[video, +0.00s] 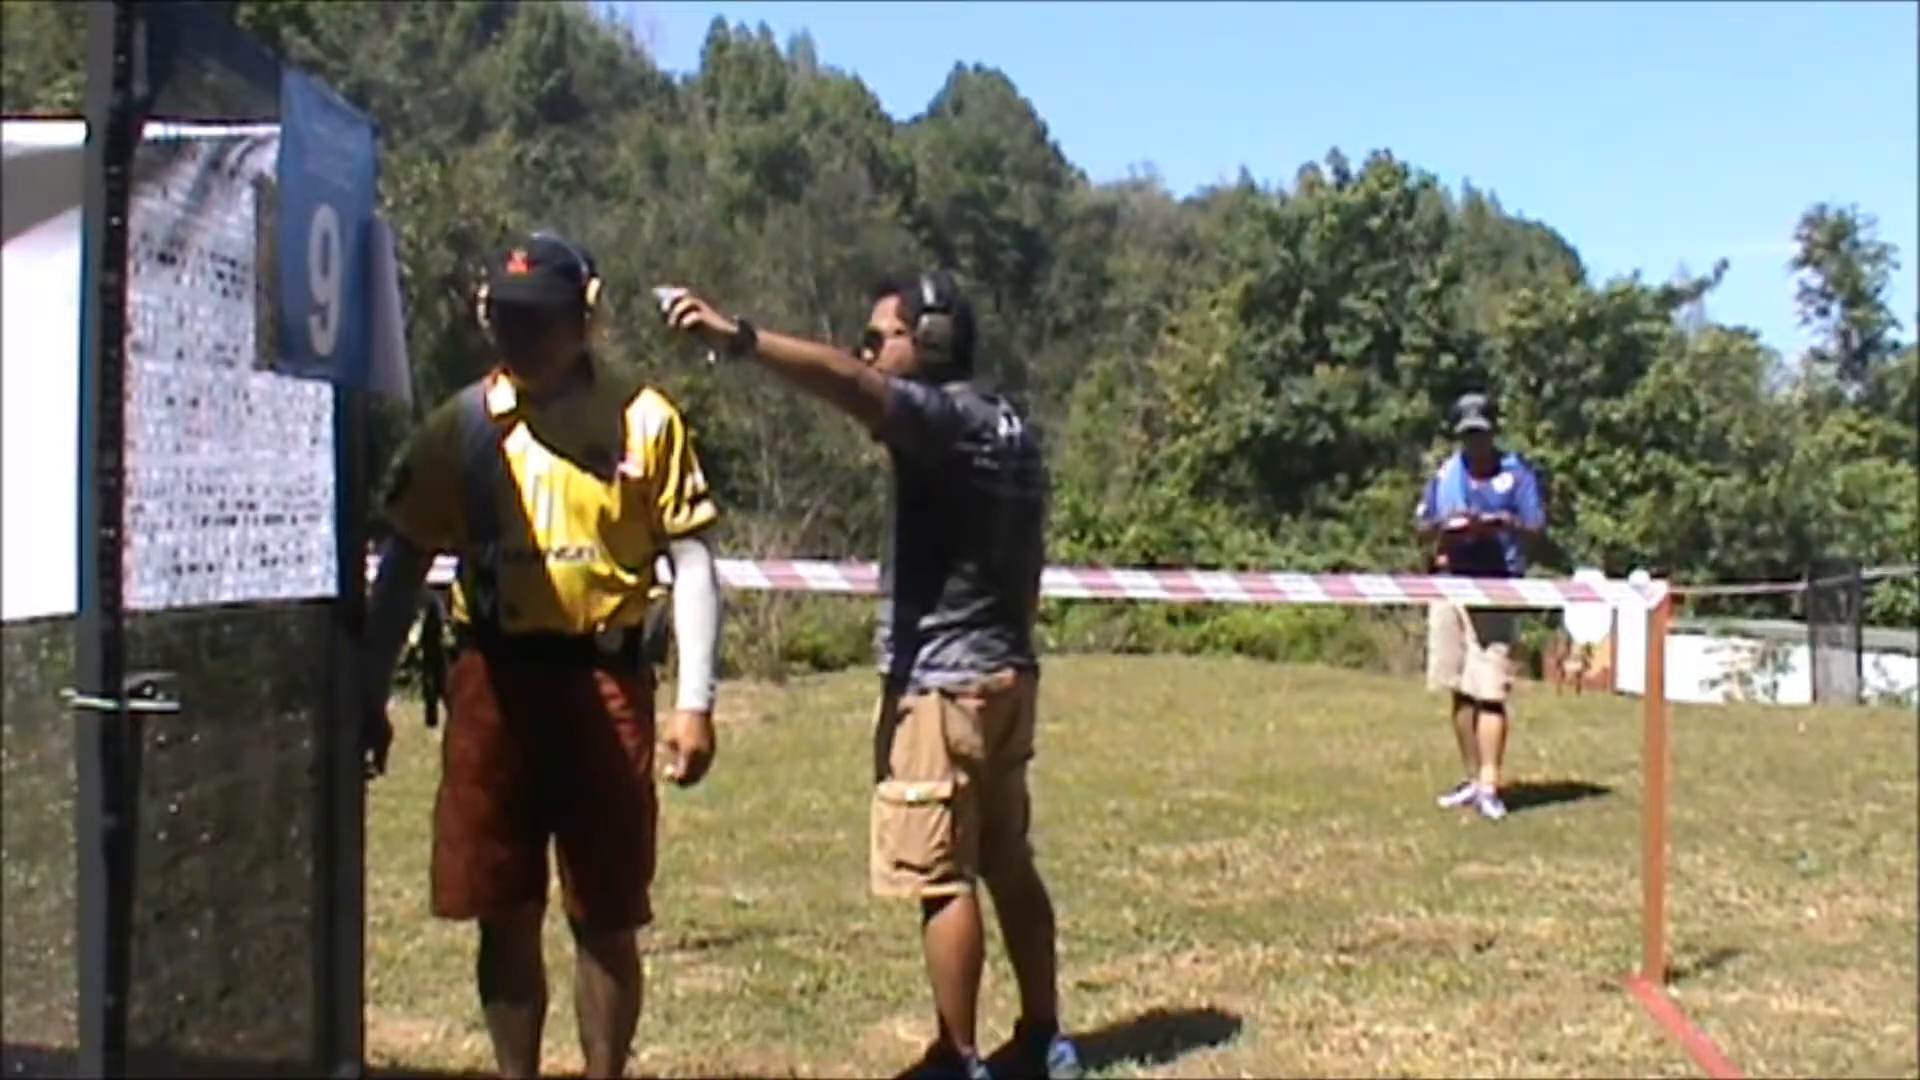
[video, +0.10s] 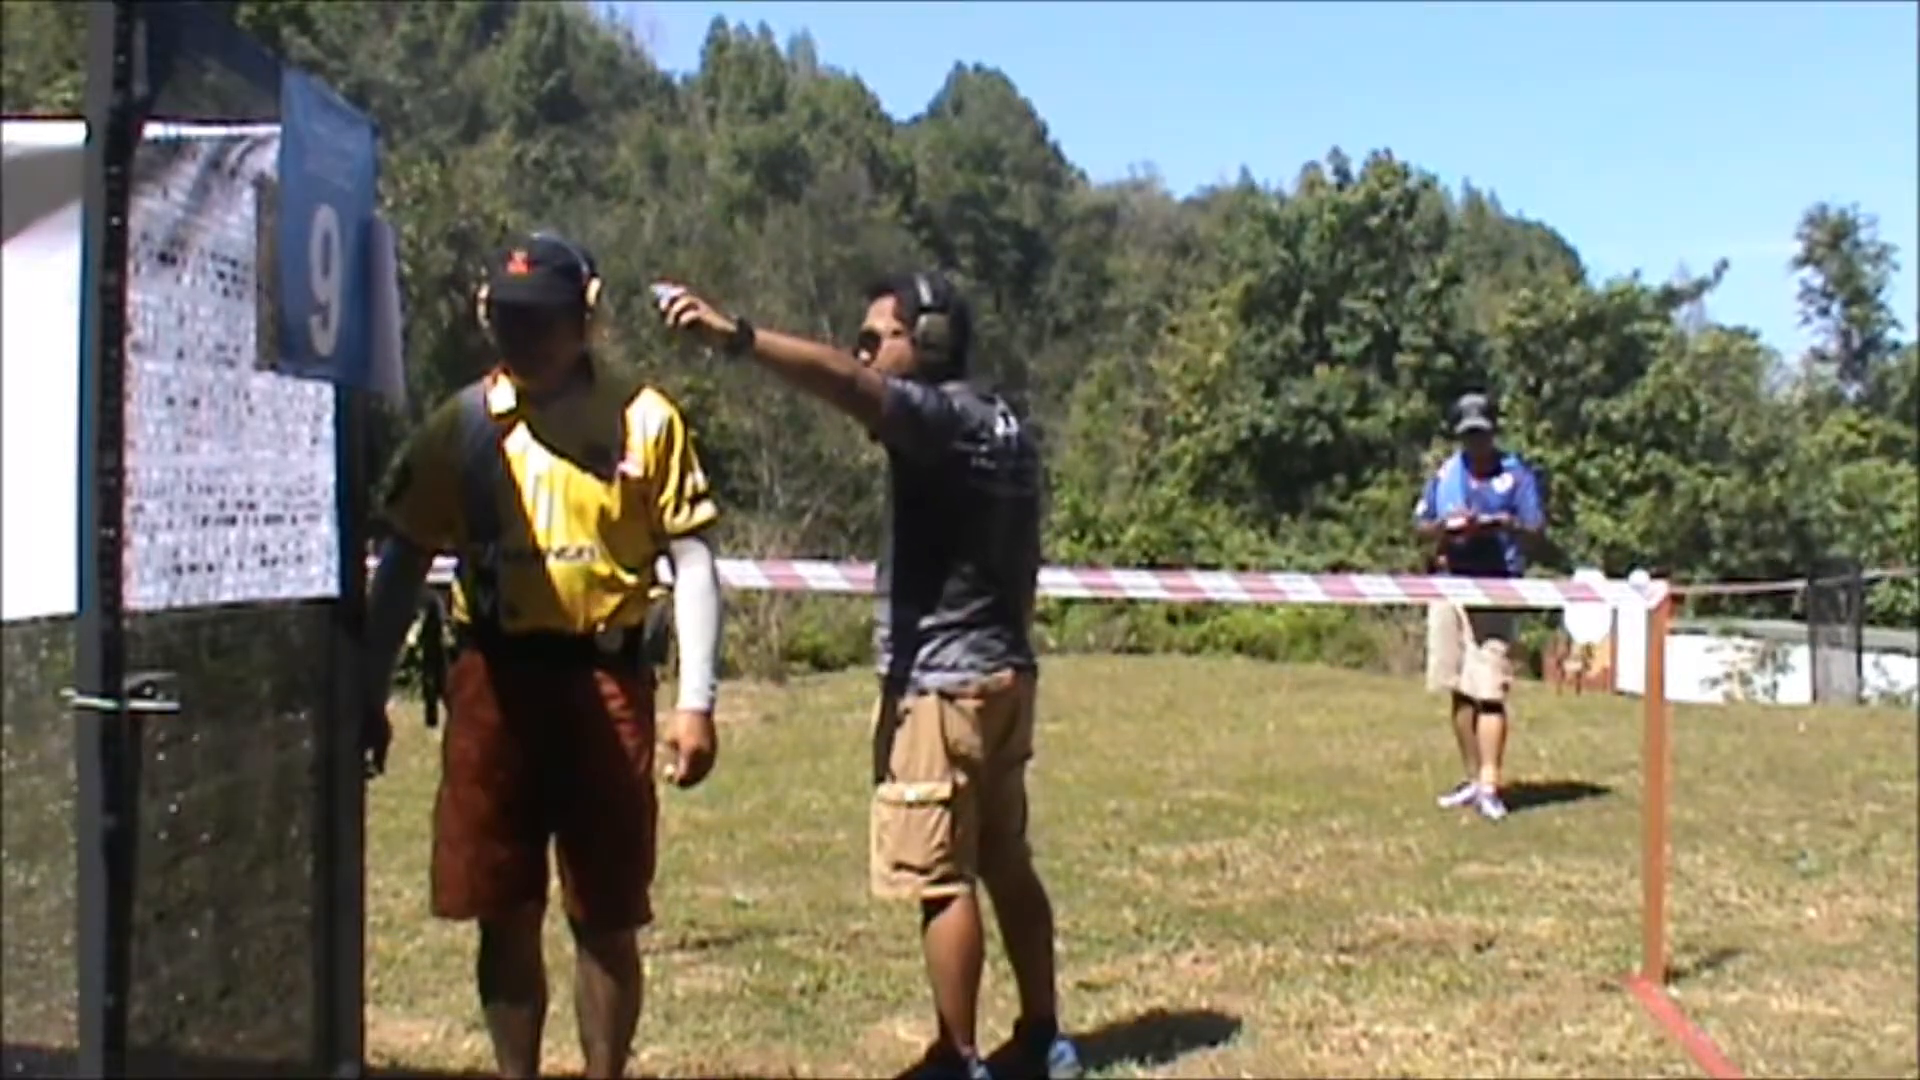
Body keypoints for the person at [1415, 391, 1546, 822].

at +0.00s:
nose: (1475, 442)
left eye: (1482, 434)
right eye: (1468, 435)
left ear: (1494, 434)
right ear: (1458, 437)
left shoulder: (1517, 474)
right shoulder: (1446, 473)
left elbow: (1537, 534)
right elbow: (1423, 525)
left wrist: (1504, 522)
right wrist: (1452, 525)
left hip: (1497, 588)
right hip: (1451, 587)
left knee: (1491, 691)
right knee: (1460, 690)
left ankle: (1490, 783)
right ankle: (1472, 776)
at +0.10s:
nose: (1476, 443)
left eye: (1483, 434)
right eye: (1469, 435)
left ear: (1495, 435)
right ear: (1458, 437)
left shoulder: (1517, 475)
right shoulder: (1445, 474)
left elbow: (1537, 538)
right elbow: (1422, 528)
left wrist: (1505, 523)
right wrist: (1449, 526)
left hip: (1496, 588)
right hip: (1450, 588)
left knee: (1490, 690)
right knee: (1459, 689)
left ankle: (1490, 783)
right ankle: (1471, 776)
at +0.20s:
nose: (1476, 442)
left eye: (1483, 434)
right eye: (1469, 435)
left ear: (1495, 435)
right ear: (1458, 436)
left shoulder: (1517, 475)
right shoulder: (1446, 473)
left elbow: (1537, 538)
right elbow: (1421, 527)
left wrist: (1505, 524)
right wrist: (1449, 526)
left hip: (1496, 588)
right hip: (1450, 588)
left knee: (1491, 690)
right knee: (1459, 689)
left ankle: (1490, 783)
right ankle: (1472, 775)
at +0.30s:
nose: (1478, 442)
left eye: (1485, 434)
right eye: (1471, 435)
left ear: (1497, 434)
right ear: (1460, 437)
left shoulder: (1518, 476)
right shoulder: (1446, 473)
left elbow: (1537, 536)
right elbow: (1417, 522)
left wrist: (1503, 523)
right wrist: (1445, 526)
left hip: (1495, 589)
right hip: (1450, 588)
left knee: (1491, 690)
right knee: (1459, 689)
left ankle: (1489, 783)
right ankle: (1472, 776)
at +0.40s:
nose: (1479, 442)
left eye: (1486, 434)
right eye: (1471, 435)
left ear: (1498, 434)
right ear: (1460, 436)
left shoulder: (1518, 476)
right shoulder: (1446, 473)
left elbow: (1537, 535)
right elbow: (1416, 520)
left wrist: (1504, 524)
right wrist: (1444, 525)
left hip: (1495, 589)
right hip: (1450, 588)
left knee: (1491, 691)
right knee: (1459, 689)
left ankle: (1489, 782)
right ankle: (1472, 775)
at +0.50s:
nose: (1481, 442)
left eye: (1487, 433)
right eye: (1473, 435)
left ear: (1498, 434)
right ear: (1461, 436)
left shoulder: (1518, 477)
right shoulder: (1447, 473)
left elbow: (1536, 535)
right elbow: (1415, 519)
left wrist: (1506, 525)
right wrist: (1445, 526)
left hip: (1495, 589)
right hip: (1450, 588)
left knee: (1491, 690)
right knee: (1459, 689)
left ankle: (1489, 782)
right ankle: (1472, 775)